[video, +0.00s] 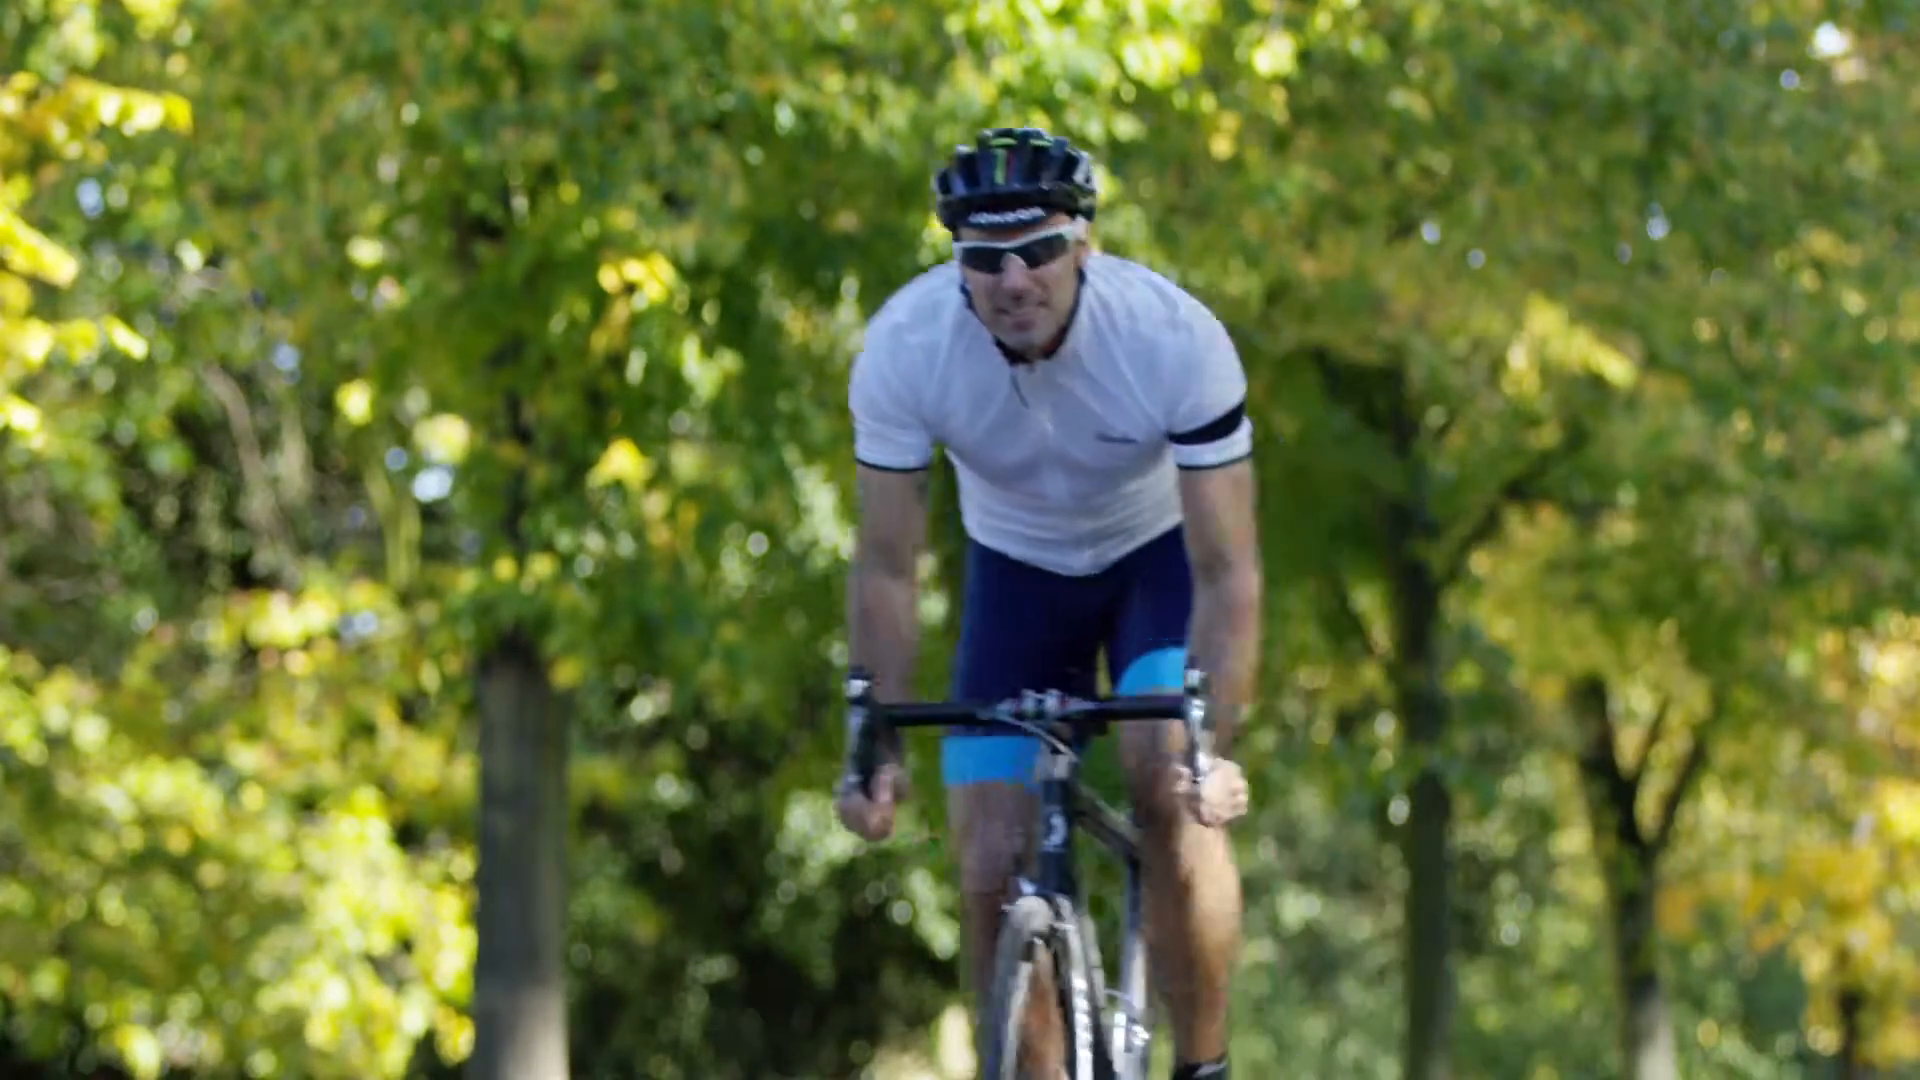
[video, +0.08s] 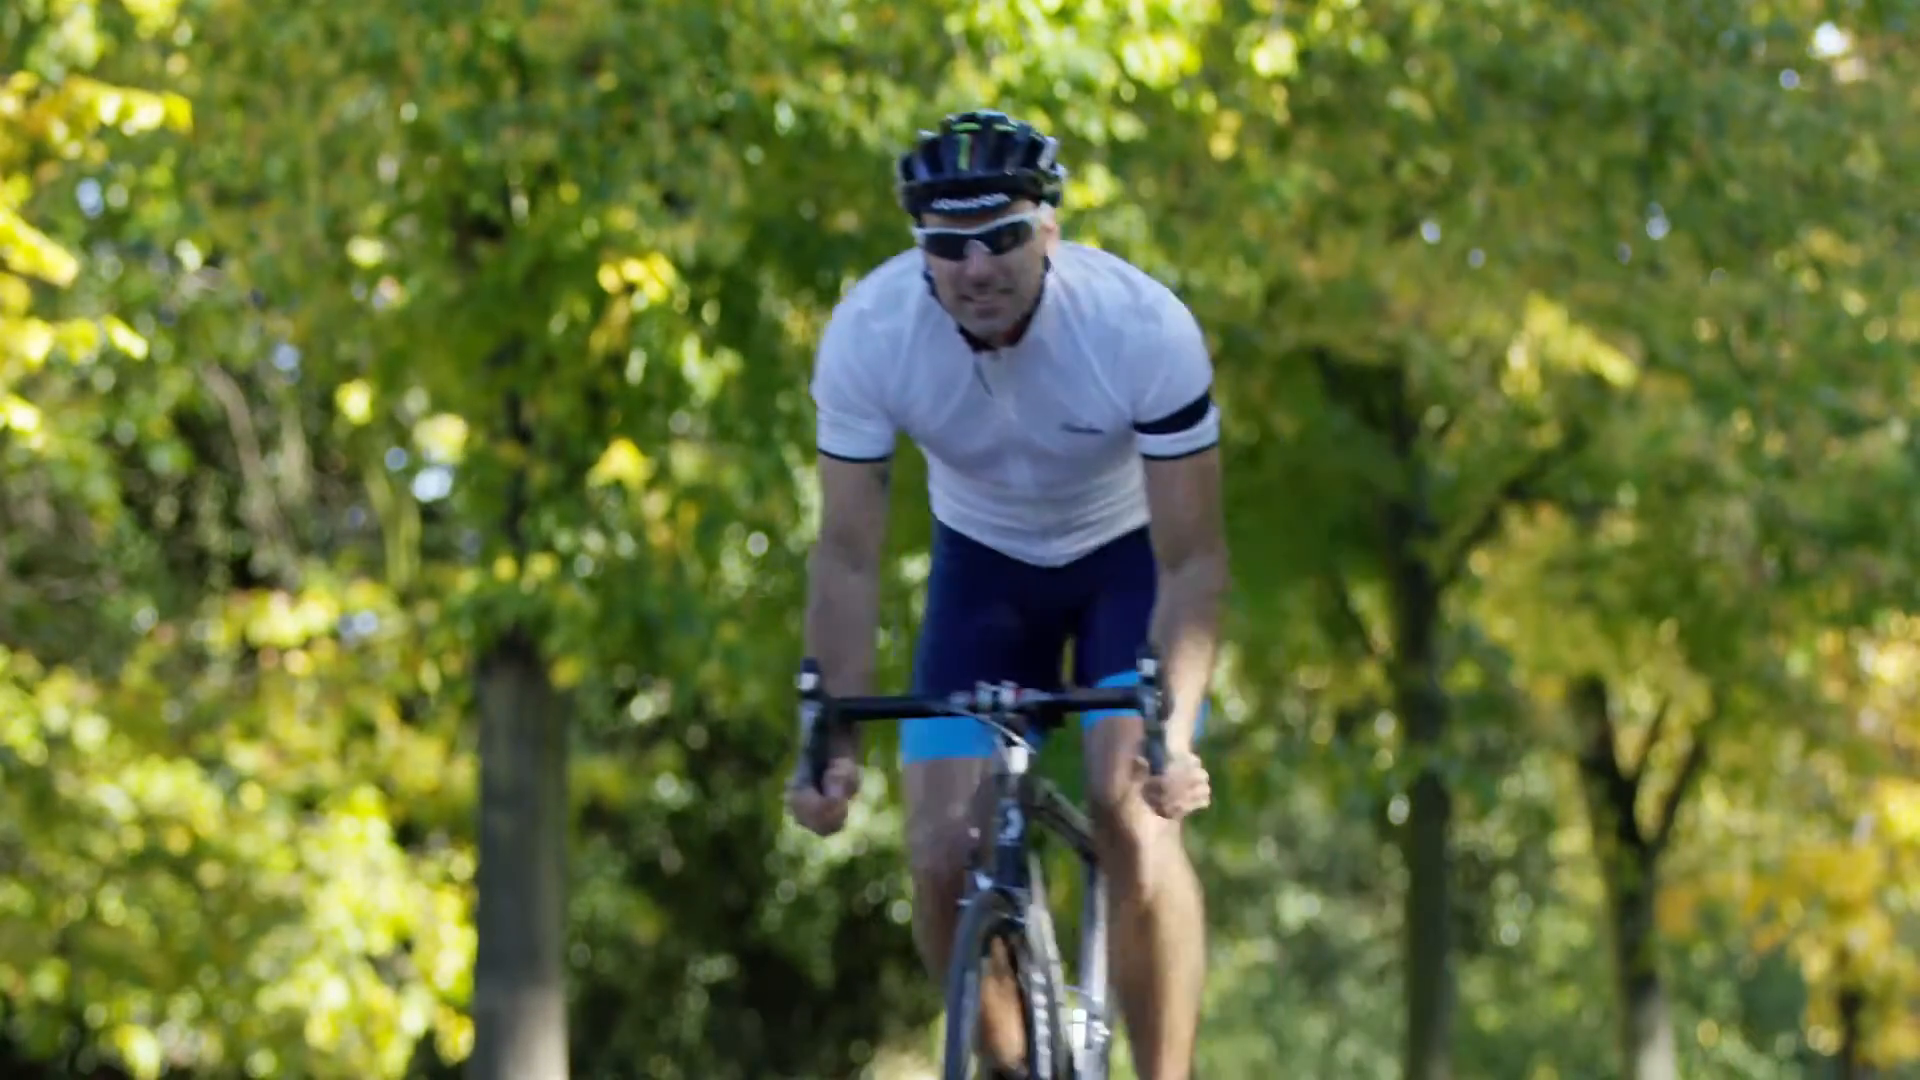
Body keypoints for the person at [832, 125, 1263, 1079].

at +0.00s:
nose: (1011, 281)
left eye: (1037, 253)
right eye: (984, 258)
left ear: (1084, 243)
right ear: (956, 257)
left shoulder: (1176, 340)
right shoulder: (903, 350)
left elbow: (1227, 563)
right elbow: (886, 561)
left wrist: (1216, 742)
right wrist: (873, 735)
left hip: (1158, 545)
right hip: (1009, 561)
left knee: (1169, 785)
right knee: (991, 862)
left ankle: (1203, 1066)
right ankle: (1040, 1069)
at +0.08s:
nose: (975, 270)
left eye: (1002, 240)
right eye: (947, 245)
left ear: (1051, 228)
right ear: (919, 242)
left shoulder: (1144, 328)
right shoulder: (868, 337)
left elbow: (1192, 554)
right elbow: (847, 551)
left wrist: (1170, 732)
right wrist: (831, 731)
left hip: (1128, 548)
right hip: (977, 554)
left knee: (1128, 810)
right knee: (942, 851)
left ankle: (1165, 1072)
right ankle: (1012, 1066)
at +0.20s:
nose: (920, 252)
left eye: (947, 221)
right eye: (892, 227)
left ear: (993, 211)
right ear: (862, 227)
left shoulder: (1089, 312)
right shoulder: (813, 320)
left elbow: (1139, 543)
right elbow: (786, 538)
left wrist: (1115, 727)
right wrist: (765, 719)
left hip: (1083, 545)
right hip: (926, 538)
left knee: (1081, 828)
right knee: (875, 815)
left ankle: (1110, 1072)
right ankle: (939, 1039)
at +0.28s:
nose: (879, 241)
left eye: (906, 212)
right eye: (851, 216)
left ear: (955, 202)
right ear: (822, 216)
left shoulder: (1053, 301)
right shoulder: (775, 308)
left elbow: (1103, 532)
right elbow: (746, 531)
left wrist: (1080, 717)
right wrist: (725, 718)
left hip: (1050, 543)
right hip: (892, 533)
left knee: (1052, 845)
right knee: (827, 791)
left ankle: (1074, 1071)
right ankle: (896, 997)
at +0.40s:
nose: (816, 226)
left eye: (843, 196)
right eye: (788, 201)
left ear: (897, 184)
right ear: (759, 201)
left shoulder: (992, 282)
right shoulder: (715, 295)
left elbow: (1056, 517)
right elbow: (685, 525)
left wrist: (1032, 709)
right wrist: (669, 702)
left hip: (997, 533)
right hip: (841, 512)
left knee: (1007, 861)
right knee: (764, 718)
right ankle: (834, 972)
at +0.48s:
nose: (772, 213)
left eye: (801, 182)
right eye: (744, 187)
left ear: (854, 172)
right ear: (716, 185)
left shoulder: (956, 265)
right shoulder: (672, 284)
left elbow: (1026, 505)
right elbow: (648, 512)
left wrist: (1002, 704)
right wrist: (628, 700)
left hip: (963, 524)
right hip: (804, 503)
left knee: (978, 884)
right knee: (720, 696)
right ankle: (790, 965)